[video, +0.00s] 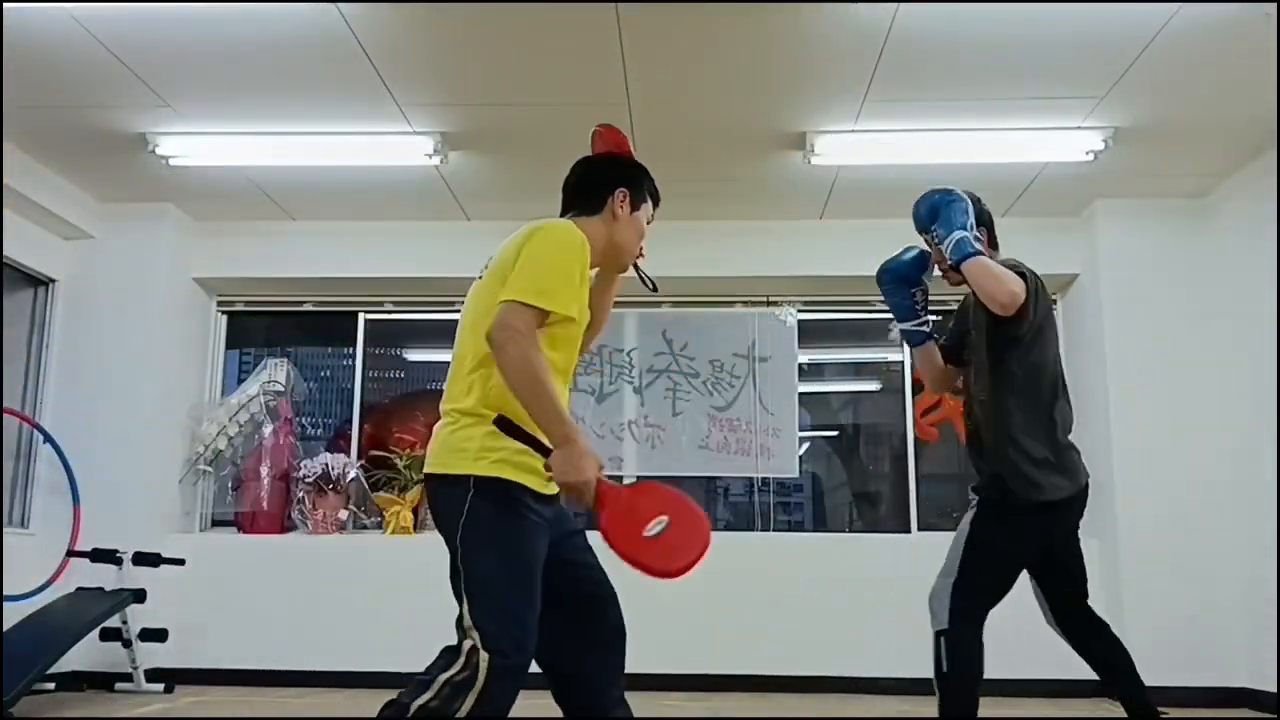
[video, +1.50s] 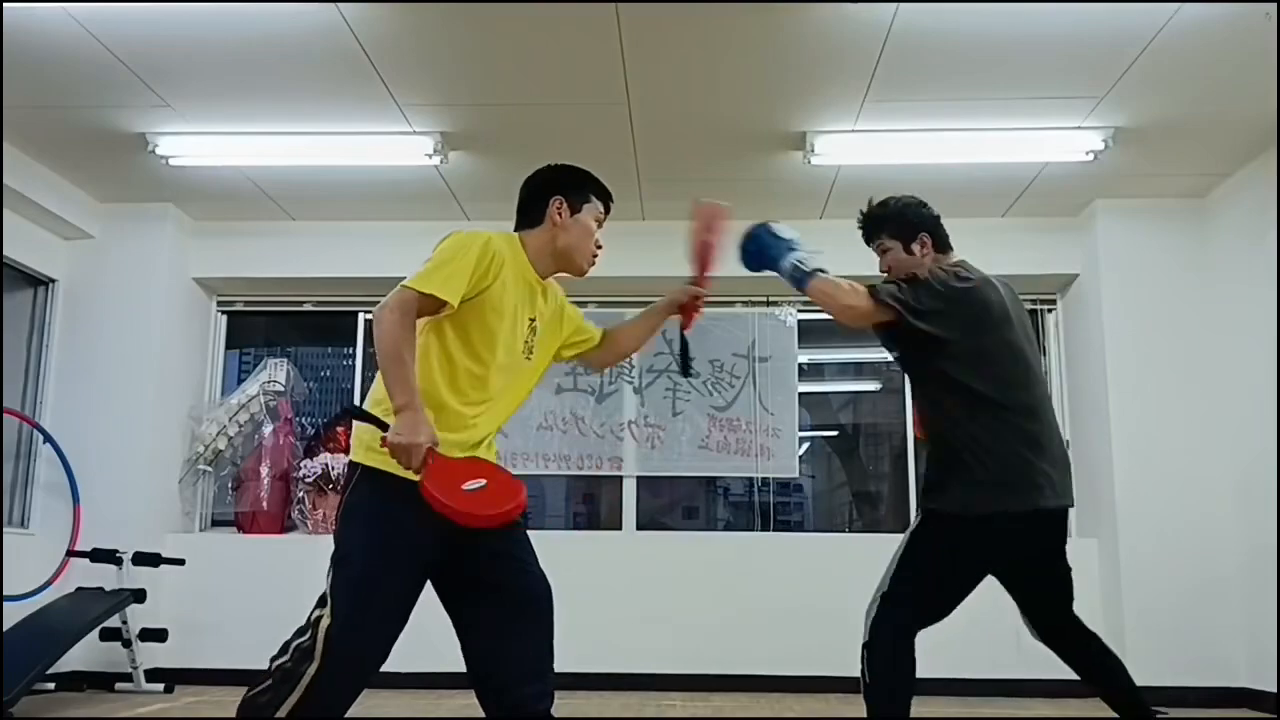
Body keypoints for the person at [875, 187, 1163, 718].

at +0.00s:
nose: (939, 255)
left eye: (946, 241)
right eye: (934, 247)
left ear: (978, 238)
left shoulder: (1012, 278)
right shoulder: (972, 308)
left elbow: (1007, 299)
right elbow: (941, 381)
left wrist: (960, 245)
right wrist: (912, 317)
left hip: (1021, 488)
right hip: (1048, 484)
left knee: (954, 608)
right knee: (1070, 612)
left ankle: (956, 716)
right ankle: (1146, 713)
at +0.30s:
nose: (963, 256)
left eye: (971, 243)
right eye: (958, 247)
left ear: (1007, 242)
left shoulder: (1056, 293)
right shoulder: (992, 311)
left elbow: (1041, 360)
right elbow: (959, 388)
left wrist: (978, 298)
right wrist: (929, 321)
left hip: (1066, 487)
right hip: (1046, 486)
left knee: (989, 598)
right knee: (1089, 622)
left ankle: (994, 717)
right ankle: (1159, 715)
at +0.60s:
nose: (935, 228)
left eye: (945, 213)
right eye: (930, 218)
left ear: (984, 206)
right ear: (988, 213)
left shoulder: (996, 252)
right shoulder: (1019, 252)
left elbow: (914, 259)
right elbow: (996, 348)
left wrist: (829, 206)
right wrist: (941, 315)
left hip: (1022, 462)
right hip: (1059, 460)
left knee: (975, 606)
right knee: (1064, 594)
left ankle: (989, 714)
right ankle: (1140, 709)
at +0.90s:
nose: (953, 239)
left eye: (960, 223)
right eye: (947, 228)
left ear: (999, 217)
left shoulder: (1046, 265)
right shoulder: (995, 288)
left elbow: (1047, 352)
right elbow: (988, 385)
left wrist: (974, 308)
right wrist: (954, 333)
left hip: (1061, 465)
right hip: (1048, 466)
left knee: (1007, 606)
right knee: (1092, 608)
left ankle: (998, 716)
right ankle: (1167, 713)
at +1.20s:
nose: (948, 249)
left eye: (953, 233)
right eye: (943, 238)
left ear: (992, 224)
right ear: (986, 231)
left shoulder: (1039, 268)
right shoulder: (998, 293)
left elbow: (1015, 348)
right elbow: (973, 382)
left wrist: (953, 297)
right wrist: (935, 317)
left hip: (1058, 477)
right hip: (1068, 476)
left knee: (982, 608)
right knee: (1095, 617)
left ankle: (992, 717)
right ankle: (1165, 714)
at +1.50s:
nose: (881, 266)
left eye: (885, 252)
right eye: (878, 255)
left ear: (922, 245)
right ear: (928, 244)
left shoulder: (941, 292)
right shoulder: (996, 291)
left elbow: (851, 307)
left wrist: (790, 260)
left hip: (973, 501)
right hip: (1038, 498)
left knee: (890, 625)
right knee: (1056, 623)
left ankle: (889, 715)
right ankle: (1139, 712)